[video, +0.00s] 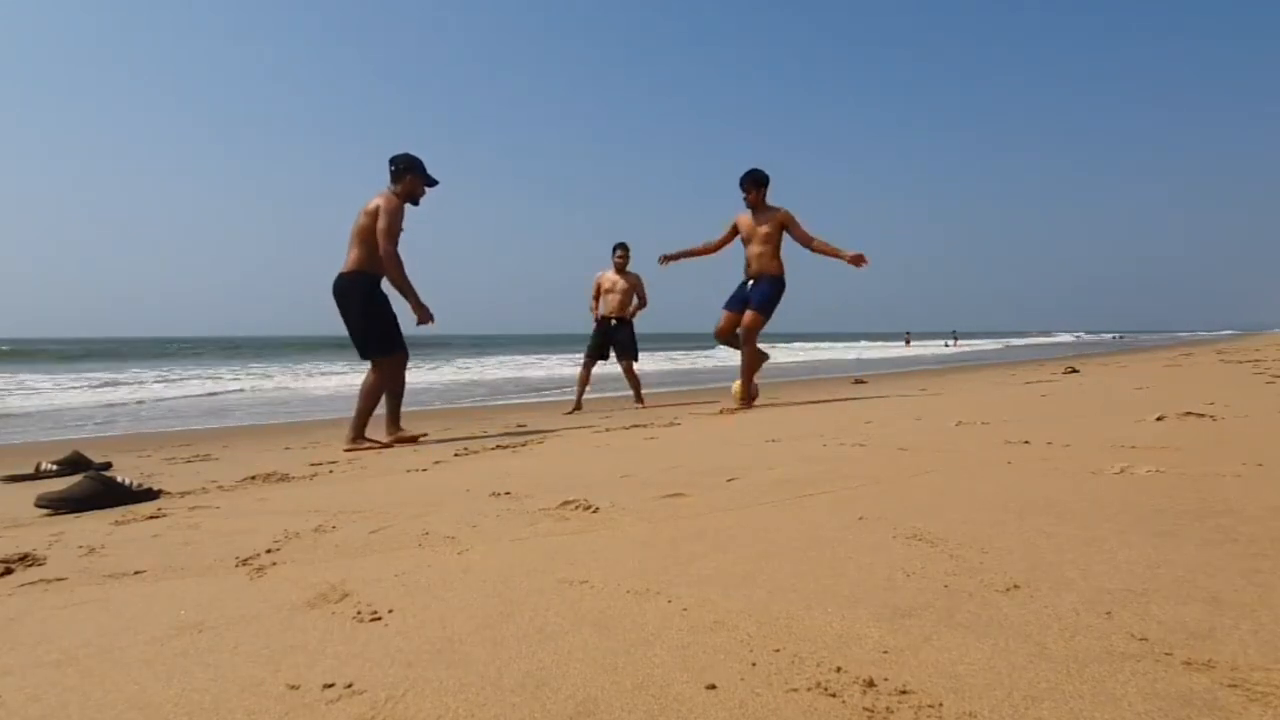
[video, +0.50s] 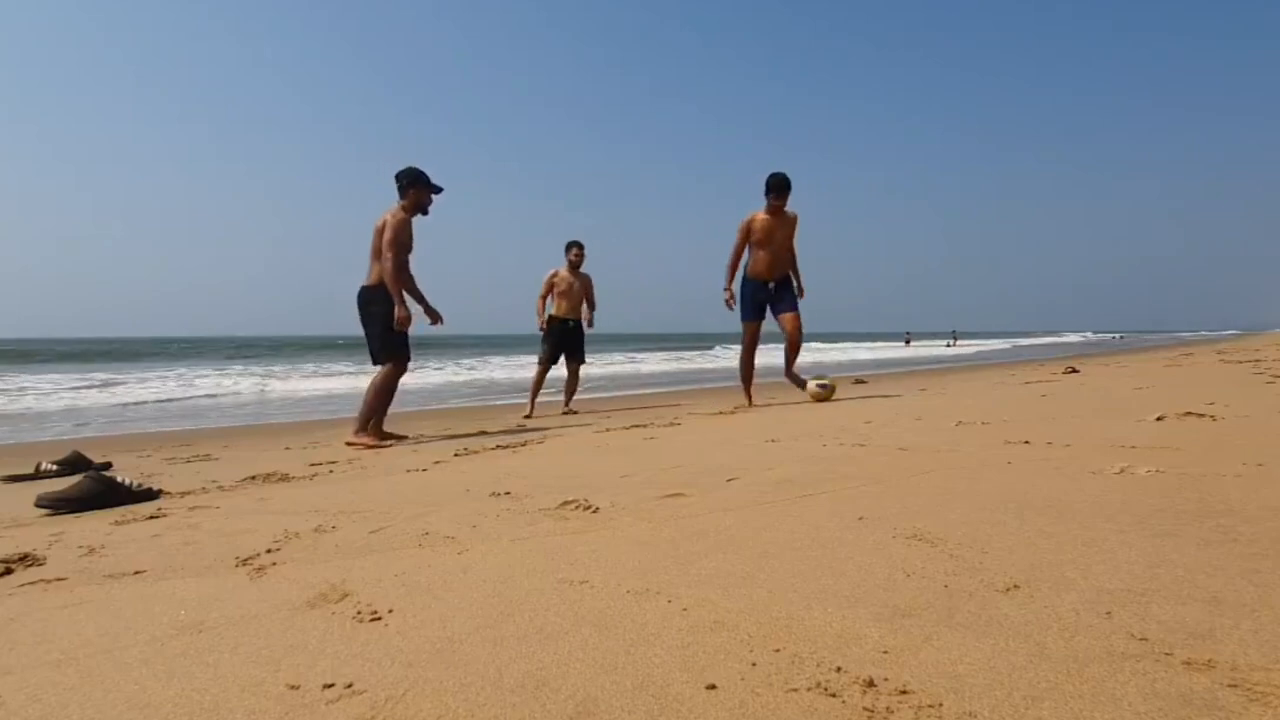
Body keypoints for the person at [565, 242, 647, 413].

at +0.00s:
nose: (621, 260)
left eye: (624, 257)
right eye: (618, 257)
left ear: (628, 259)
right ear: (612, 258)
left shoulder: (633, 279)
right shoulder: (602, 277)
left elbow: (642, 301)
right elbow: (595, 297)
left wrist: (632, 312)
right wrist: (595, 312)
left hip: (623, 322)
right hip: (603, 321)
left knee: (627, 365)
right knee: (588, 362)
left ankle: (639, 399)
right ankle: (577, 402)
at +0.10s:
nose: (609, 261)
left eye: (612, 258)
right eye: (606, 257)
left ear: (616, 259)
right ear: (599, 258)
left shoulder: (619, 281)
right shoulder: (586, 278)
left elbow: (626, 303)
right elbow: (577, 297)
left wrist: (618, 314)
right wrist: (581, 314)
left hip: (607, 323)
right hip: (588, 322)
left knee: (613, 365)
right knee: (576, 364)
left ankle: (630, 399)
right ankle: (575, 404)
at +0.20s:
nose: (599, 256)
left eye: (602, 253)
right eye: (596, 252)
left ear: (606, 255)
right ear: (590, 253)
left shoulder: (609, 276)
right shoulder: (576, 272)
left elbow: (614, 298)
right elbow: (564, 292)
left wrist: (608, 309)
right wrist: (569, 309)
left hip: (598, 319)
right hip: (579, 318)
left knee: (599, 363)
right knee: (573, 363)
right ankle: (574, 403)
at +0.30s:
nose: (593, 252)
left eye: (595, 249)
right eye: (589, 249)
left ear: (598, 251)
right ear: (582, 250)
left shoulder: (601, 272)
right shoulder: (569, 269)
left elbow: (605, 294)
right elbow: (556, 289)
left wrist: (599, 306)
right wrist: (558, 306)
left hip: (589, 316)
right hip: (570, 314)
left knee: (584, 362)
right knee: (565, 361)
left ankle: (575, 400)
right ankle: (564, 401)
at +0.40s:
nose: (585, 256)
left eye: (588, 253)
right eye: (582, 253)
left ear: (591, 255)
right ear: (574, 254)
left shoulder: (594, 277)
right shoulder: (562, 274)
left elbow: (600, 298)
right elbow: (548, 294)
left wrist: (591, 310)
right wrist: (548, 311)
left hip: (582, 320)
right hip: (563, 318)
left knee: (576, 367)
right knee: (552, 363)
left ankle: (567, 405)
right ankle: (544, 403)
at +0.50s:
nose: (578, 259)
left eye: (581, 256)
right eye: (575, 255)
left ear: (583, 257)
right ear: (567, 256)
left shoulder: (585, 279)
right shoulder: (555, 276)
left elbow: (590, 300)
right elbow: (543, 297)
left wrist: (590, 314)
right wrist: (541, 316)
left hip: (575, 323)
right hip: (556, 321)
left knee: (574, 368)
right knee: (544, 366)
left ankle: (566, 405)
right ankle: (531, 405)